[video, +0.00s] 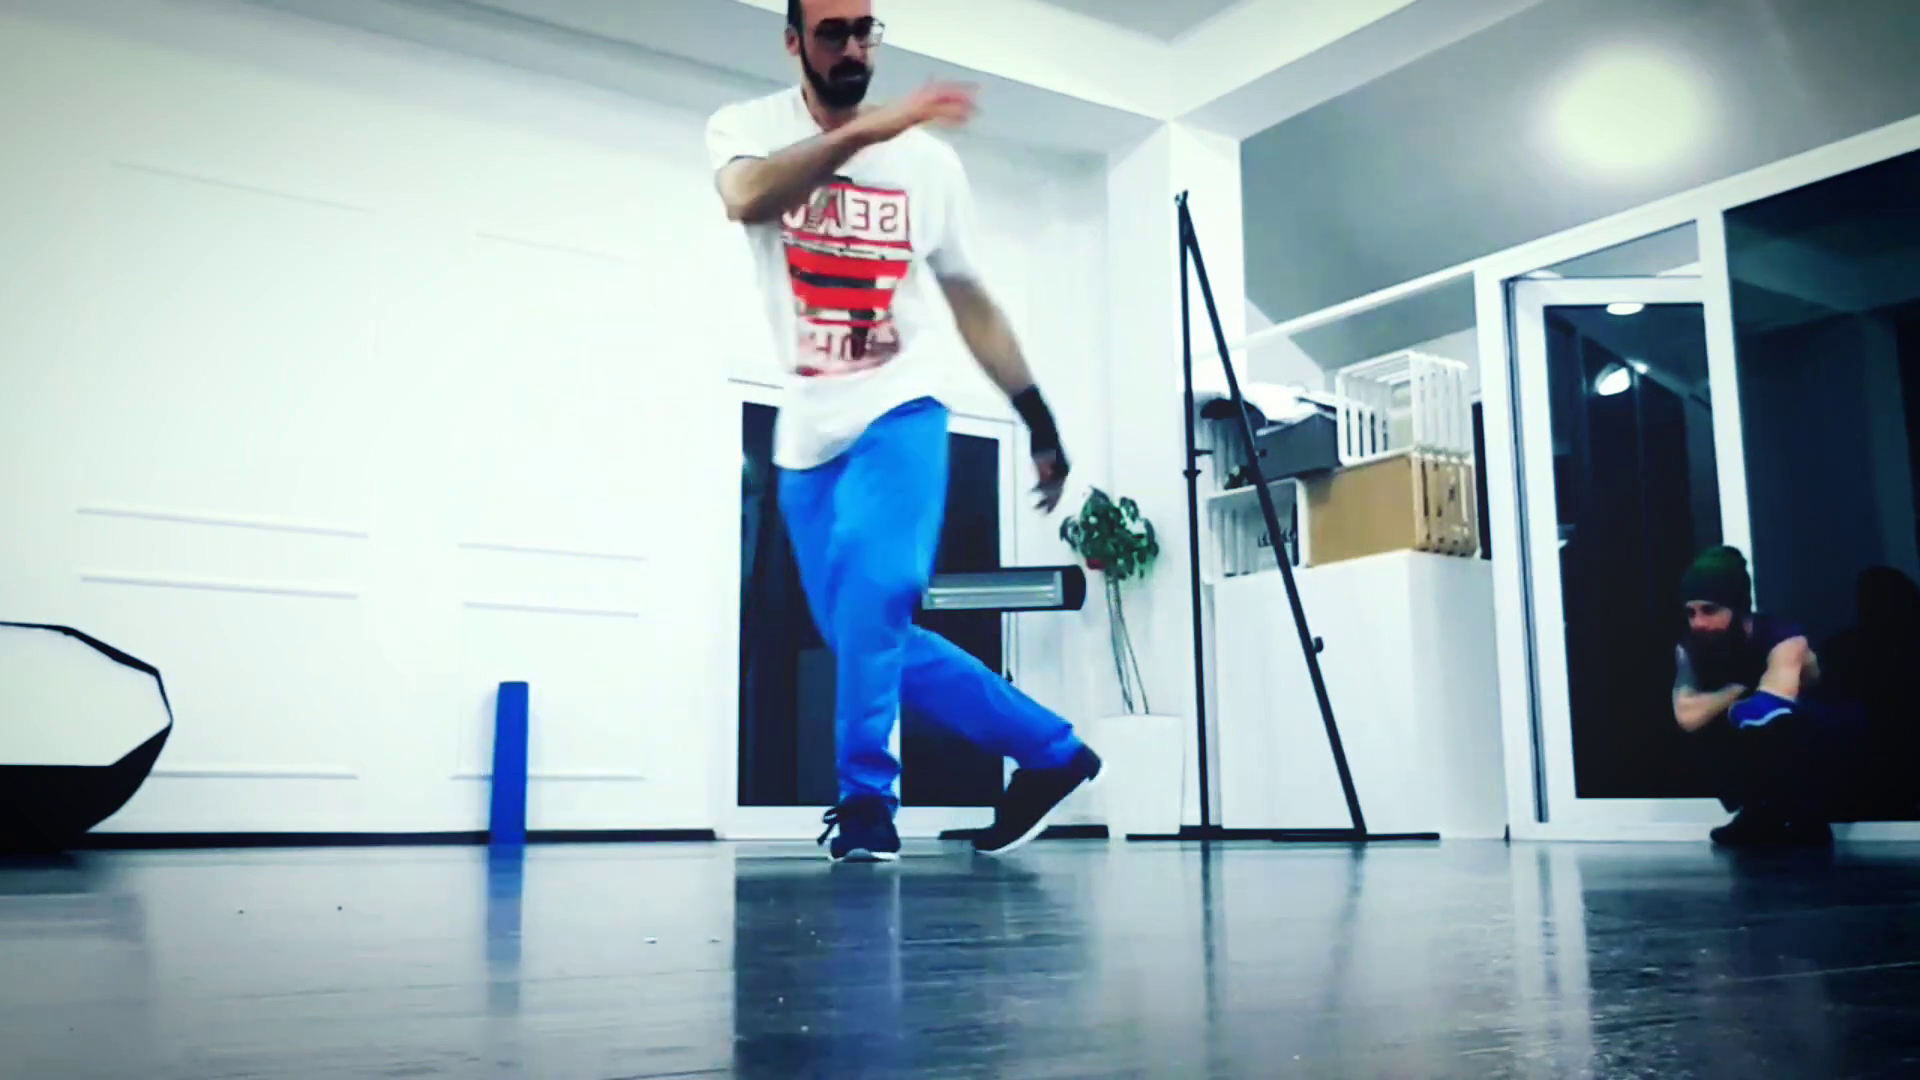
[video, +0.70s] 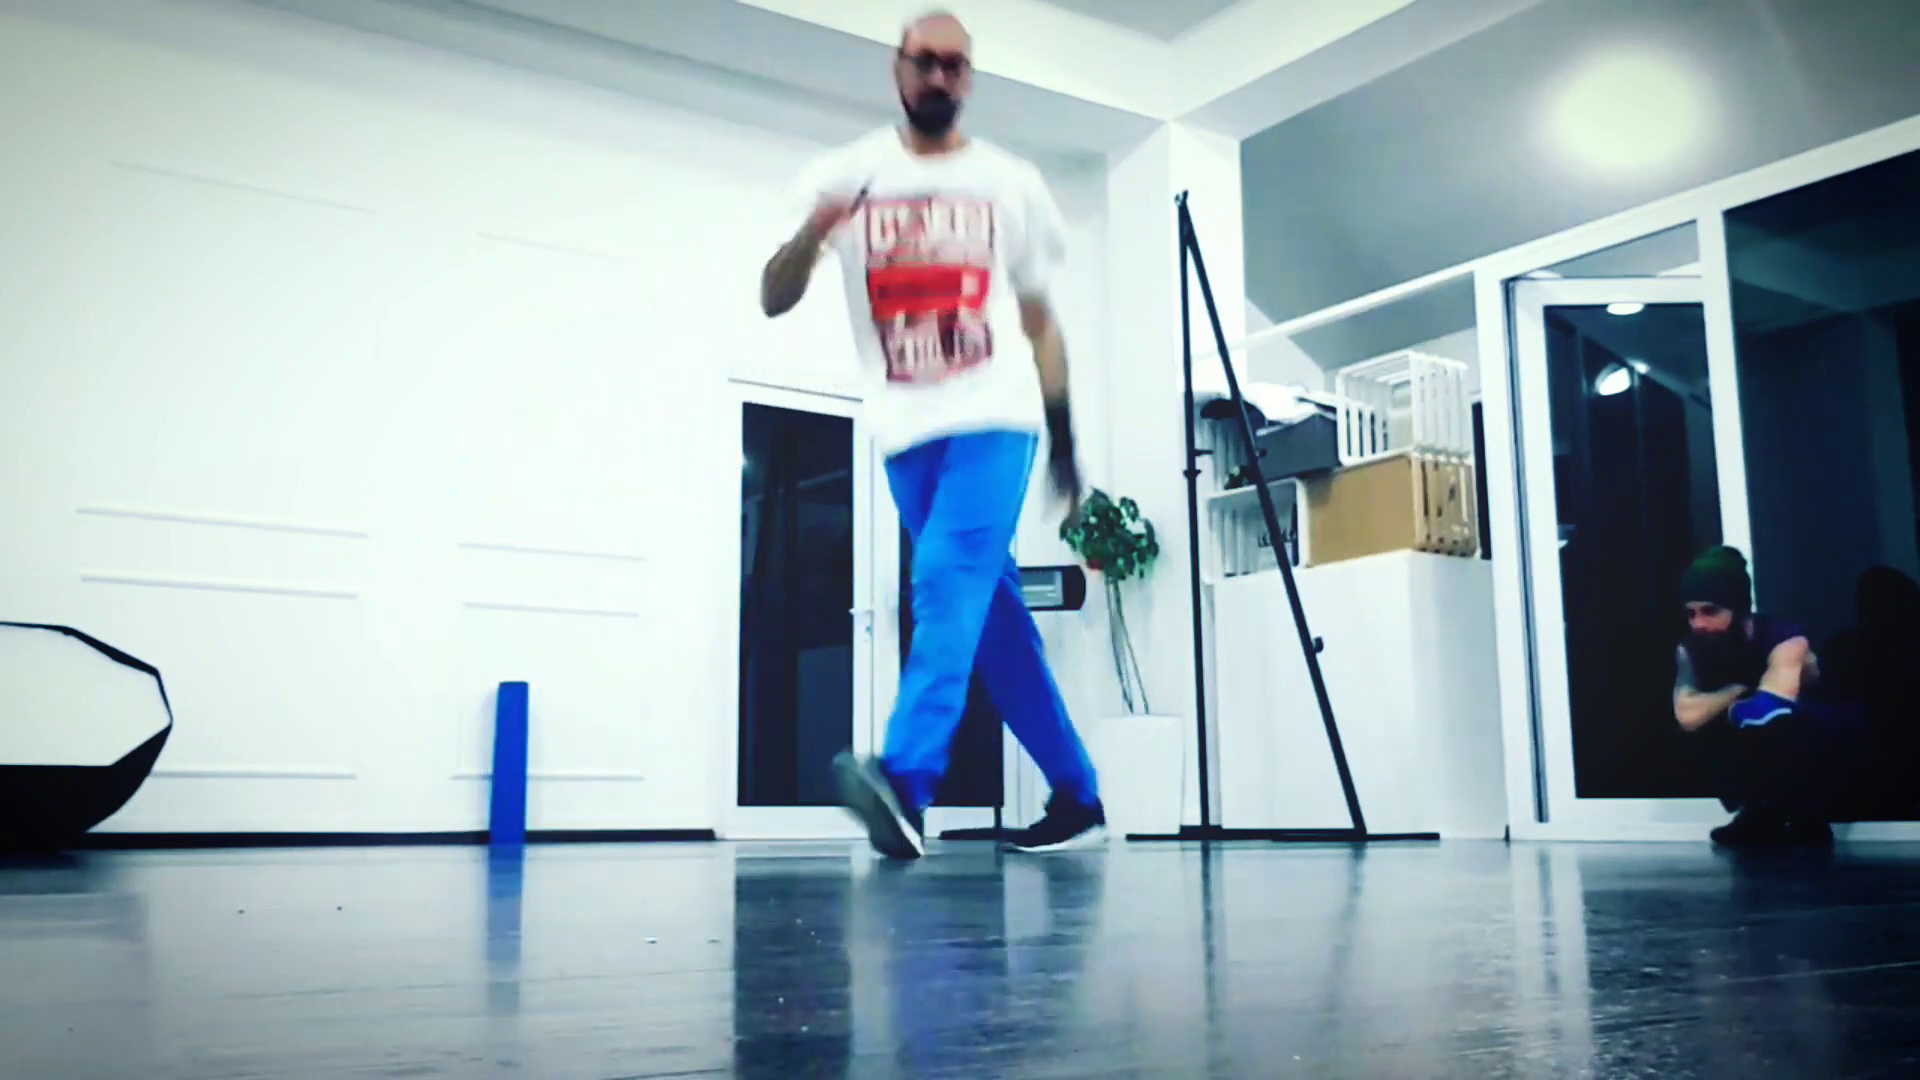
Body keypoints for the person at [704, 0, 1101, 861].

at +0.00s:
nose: (853, 51)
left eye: (864, 32)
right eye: (833, 33)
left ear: (878, 36)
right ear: (794, 40)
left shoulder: (927, 161)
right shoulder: (748, 129)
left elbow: (971, 301)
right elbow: (746, 198)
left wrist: (1037, 415)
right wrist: (869, 128)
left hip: (902, 405)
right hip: (803, 426)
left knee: (874, 590)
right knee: (859, 632)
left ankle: (866, 803)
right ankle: (1050, 751)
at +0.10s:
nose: (834, 46)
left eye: (845, 27)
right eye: (812, 31)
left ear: (862, 27)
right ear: (776, 38)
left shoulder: (931, 128)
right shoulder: (744, 141)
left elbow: (986, 252)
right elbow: (733, 251)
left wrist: (1027, 367)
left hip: (945, 392)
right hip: (845, 409)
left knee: (920, 587)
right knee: (885, 601)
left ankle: (903, 790)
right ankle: (995, 758)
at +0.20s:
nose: (822, 72)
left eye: (833, 52)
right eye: (801, 58)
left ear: (852, 53)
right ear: (772, 70)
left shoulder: (934, 141)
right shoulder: (763, 187)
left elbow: (1011, 270)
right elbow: (757, 335)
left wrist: (955, 327)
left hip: (968, 393)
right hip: (871, 417)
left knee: (954, 568)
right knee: (894, 606)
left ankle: (1015, 770)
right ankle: (941, 791)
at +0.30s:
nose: (826, 99)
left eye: (839, 81)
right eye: (806, 87)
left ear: (863, 85)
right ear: (784, 101)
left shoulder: (939, 172)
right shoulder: (782, 234)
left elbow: (1019, 296)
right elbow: (793, 372)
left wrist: (952, 304)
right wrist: (820, 485)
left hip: (986, 451)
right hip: (885, 465)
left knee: (997, 627)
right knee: (893, 649)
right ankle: (965, 804)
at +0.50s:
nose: (875, 38)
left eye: (890, 20)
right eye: (858, 23)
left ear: (913, 28)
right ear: (835, 35)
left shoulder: (980, 111)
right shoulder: (805, 146)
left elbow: (1075, 230)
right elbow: (789, 264)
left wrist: (1002, 185)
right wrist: (818, 359)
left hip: (993, 368)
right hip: (897, 391)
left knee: (976, 518)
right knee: (930, 588)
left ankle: (1050, 613)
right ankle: (986, 778)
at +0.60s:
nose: (908, 36)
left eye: (923, 21)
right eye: (892, 21)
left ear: (944, 30)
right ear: (868, 31)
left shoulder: (999, 126)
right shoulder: (826, 138)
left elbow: (1050, 232)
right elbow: (773, 261)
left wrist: (1055, 276)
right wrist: (796, 301)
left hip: (991, 359)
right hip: (899, 383)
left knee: (952, 520)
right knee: (950, 566)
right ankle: (1044, 757)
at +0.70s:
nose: (936, 78)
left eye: (952, 65)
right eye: (922, 62)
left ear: (971, 75)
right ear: (896, 70)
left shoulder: (1010, 181)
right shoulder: (848, 174)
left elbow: (1041, 321)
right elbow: (774, 301)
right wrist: (812, 233)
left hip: (998, 405)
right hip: (903, 418)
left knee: (951, 573)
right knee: (987, 604)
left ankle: (905, 782)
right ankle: (1076, 791)